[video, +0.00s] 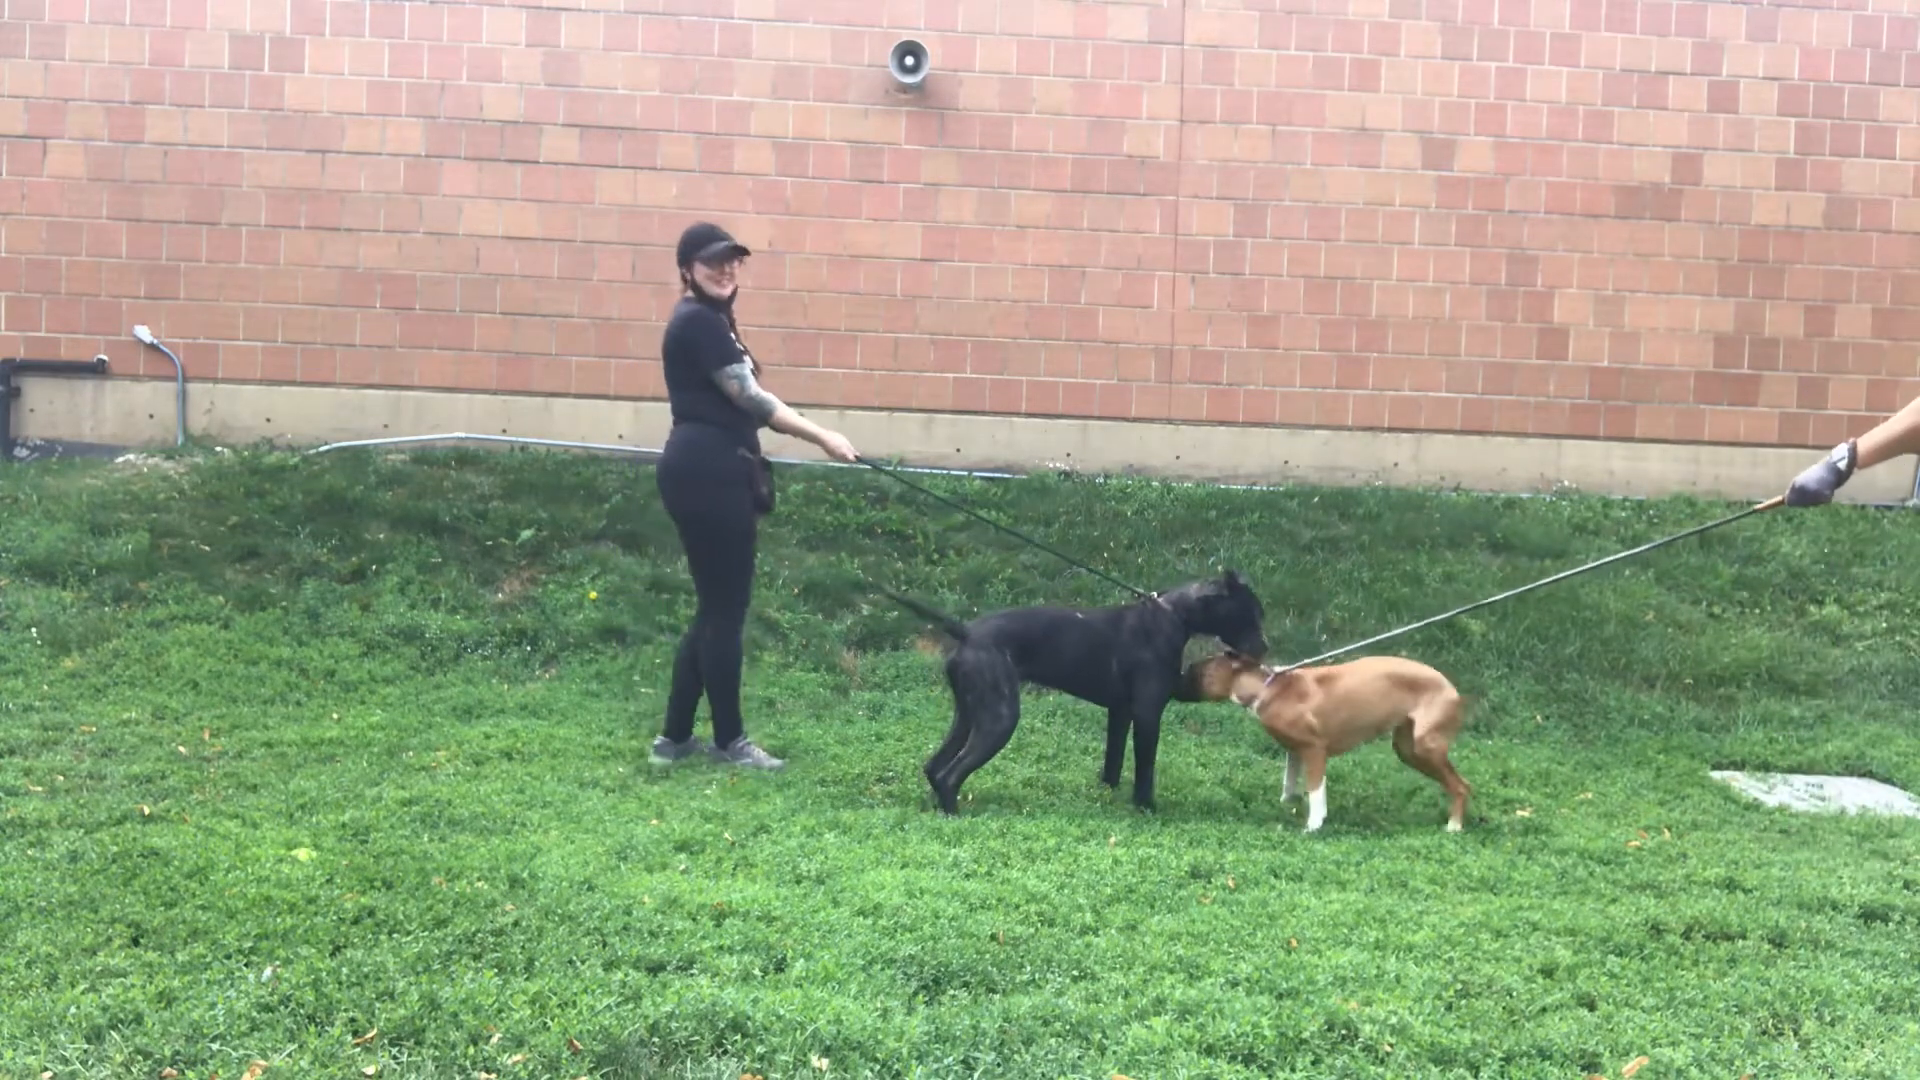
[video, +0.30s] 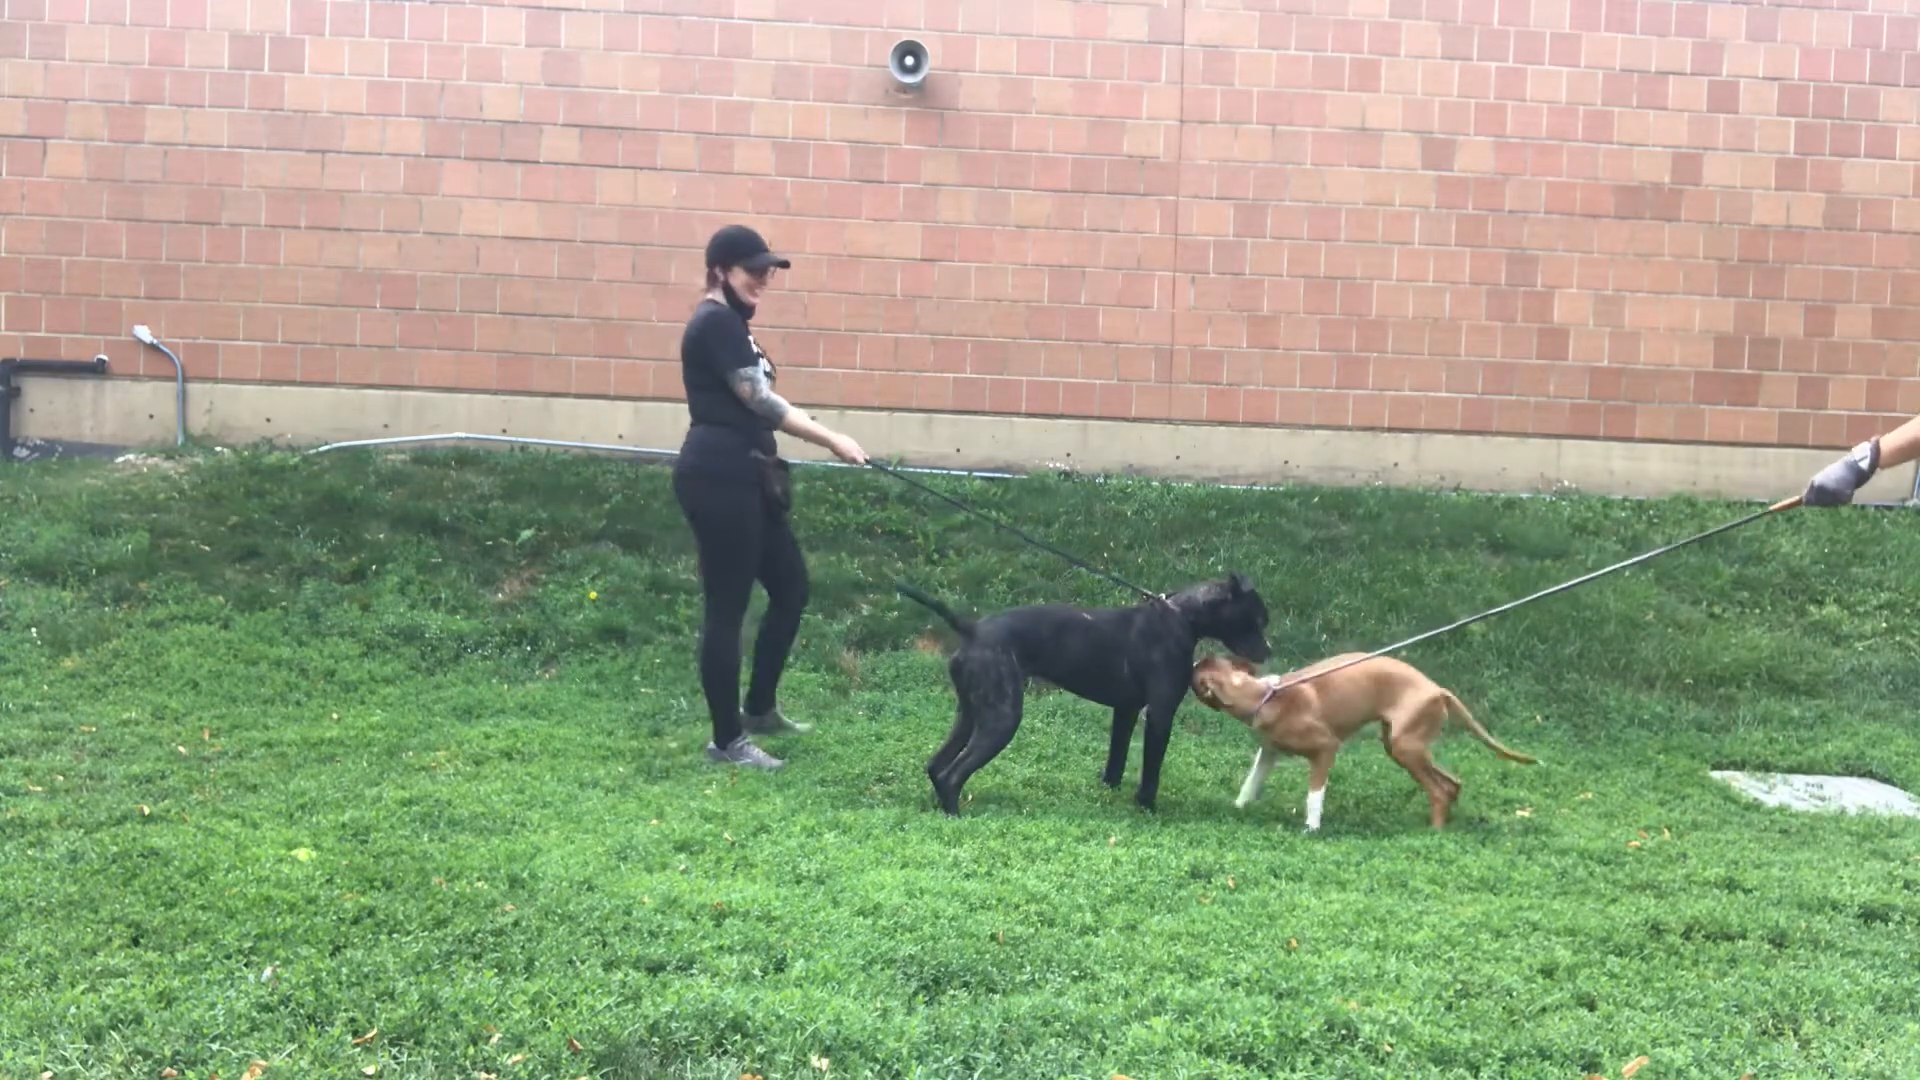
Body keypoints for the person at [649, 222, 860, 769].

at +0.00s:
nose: (727, 270)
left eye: (732, 261)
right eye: (714, 263)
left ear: (737, 267)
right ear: (689, 270)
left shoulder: (705, 317)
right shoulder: (700, 322)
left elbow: (733, 400)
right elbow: (752, 400)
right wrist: (823, 436)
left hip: (699, 463)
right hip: (710, 467)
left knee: (715, 605)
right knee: (726, 607)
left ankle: (675, 738)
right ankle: (729, 741)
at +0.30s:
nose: (763, 281)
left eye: (766, 272)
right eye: (754, 270)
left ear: (737, 274)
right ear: (721, 271)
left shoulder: (726, 319)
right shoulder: (716, 322)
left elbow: (752, 400)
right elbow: (761, 401)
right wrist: (832, 438)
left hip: (742, 470)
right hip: (720, 473)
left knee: (791, 587)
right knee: (726, 606)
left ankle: (760, 709)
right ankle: (726, 741)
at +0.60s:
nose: (785, 288)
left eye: (789, 280)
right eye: (776, 279)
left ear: (790, 282)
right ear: (744, 280)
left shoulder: (780, 336)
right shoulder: (731, 336)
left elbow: (786, 409)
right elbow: (774, 407)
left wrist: (817, 417)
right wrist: (847, 439)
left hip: (791, 476)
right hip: (745, 479)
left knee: (787, 605)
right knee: (757, 605)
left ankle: (797, 723)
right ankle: (730, 739)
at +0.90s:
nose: (801, 288)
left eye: (805, 280)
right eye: (792, 279)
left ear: (803, 284)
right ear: (761, 282)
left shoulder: (800, 343)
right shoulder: (748, 338)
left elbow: (804, 416)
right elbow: (792, 407)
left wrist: (820, 480)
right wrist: (863, 438)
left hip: (802, 480)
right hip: (754, 479)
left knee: (795, 604)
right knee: (761, 601)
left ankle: (798, 724)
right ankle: (719, 729)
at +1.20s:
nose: (809, 289)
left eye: (813, 281)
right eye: (799, 279)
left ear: (814, 285)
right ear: (770, 281)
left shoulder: (807, 344)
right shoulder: (753, 338)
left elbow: (809, 420)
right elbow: (799, 405)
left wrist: (824, 481)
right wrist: (870, 439)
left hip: (804, 483)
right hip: (755, 480)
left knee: (794, 606)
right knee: (752, 602)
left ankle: (798, 724)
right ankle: (718, 730)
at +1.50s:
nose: (816, 290)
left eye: (821, 282)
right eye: (807, 281)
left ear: (823, 285)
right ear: (778, 282)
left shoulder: (816, 346)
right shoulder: (759, 337)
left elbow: (817, 419)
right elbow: (801, 407)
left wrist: (827, 480)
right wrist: (869, 439)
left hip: (807, 483)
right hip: (756, 479)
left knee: (795, 608)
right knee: (745, 604)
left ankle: (798, 724)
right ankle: (717, 729)